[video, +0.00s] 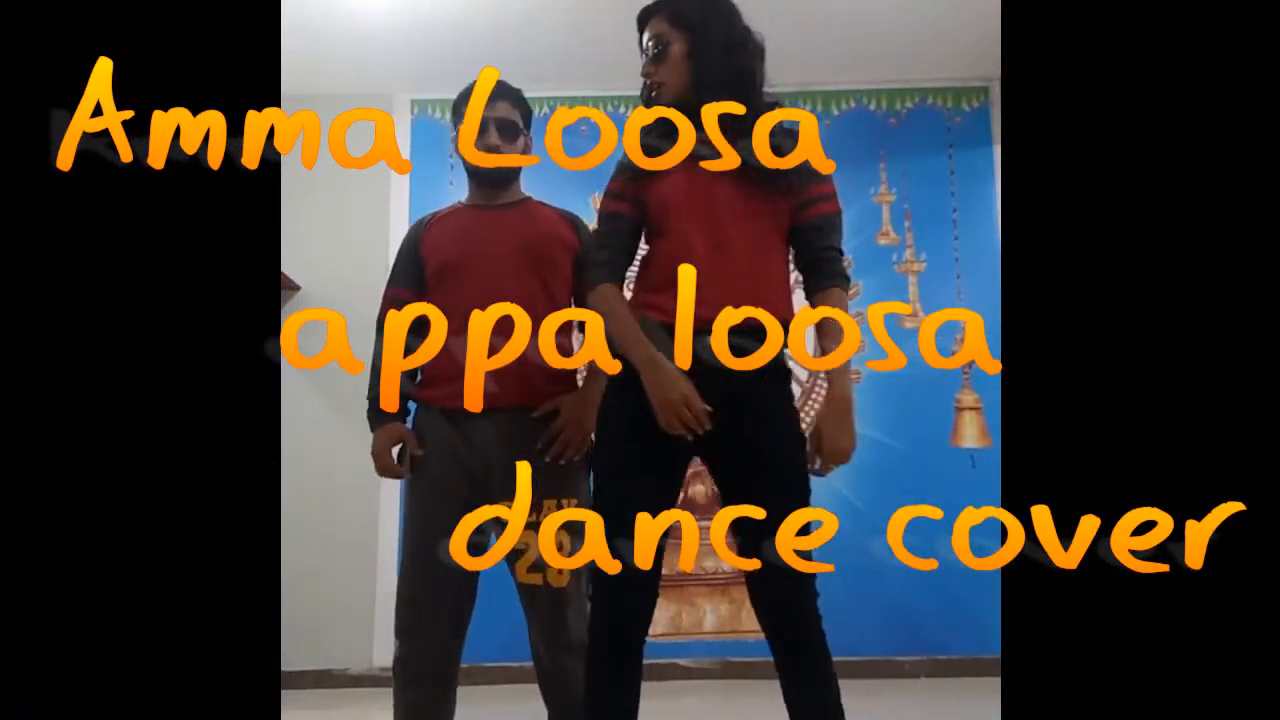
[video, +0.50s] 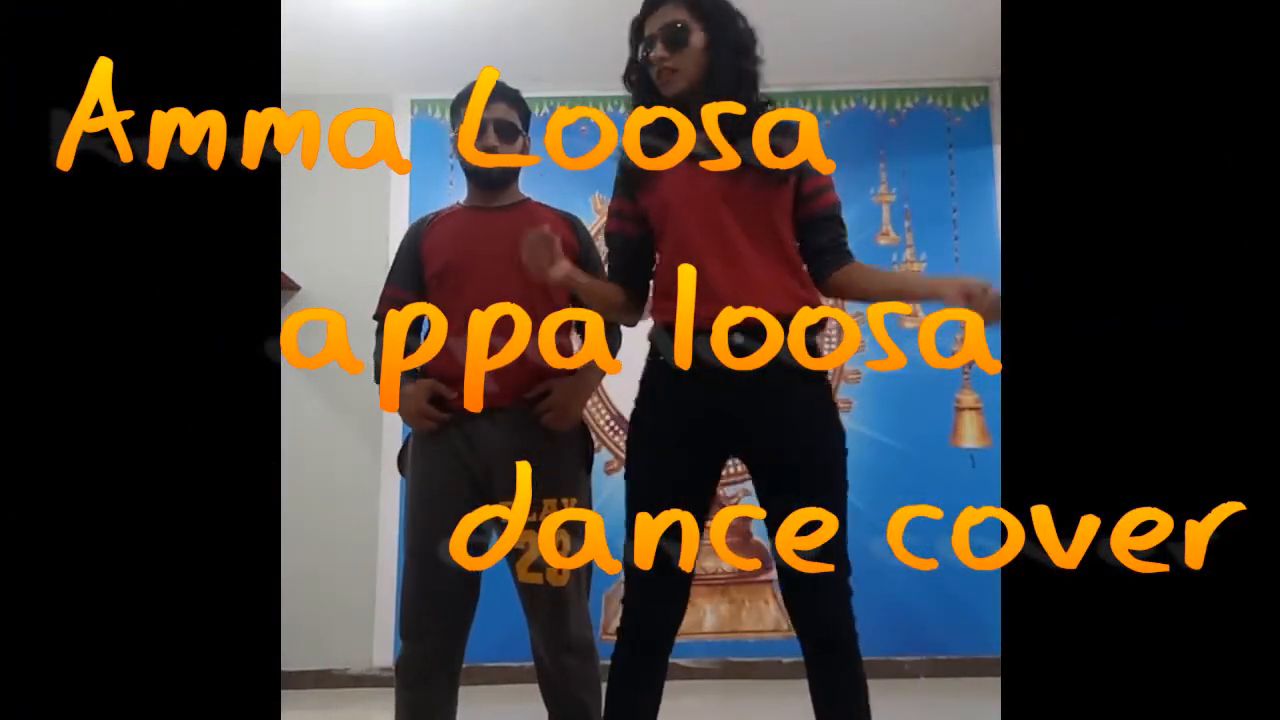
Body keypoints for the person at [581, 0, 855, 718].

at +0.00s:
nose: (646, 69)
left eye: (660, 50)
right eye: (645, 55)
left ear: (714, 51)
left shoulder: (784, 142)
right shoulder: (650, 146)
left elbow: (826, 272)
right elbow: (600, 269)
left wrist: (838, 395)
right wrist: (652, 368)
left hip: (754, 388)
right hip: (649, 382)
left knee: (787, 600)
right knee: (620, 599)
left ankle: (822, 719)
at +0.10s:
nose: (638, 73)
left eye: (651, 53)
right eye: (637, 58)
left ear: (705, 53)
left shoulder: (781, 147)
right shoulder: (641, 154)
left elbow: (827, 272)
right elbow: (591, 279)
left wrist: (862, 397)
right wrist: (619, 356)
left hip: (743, 387)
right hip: (637, 381)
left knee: (781, 600)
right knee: (619, 599)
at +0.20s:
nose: (636, 74)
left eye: (648, 54)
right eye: (634, 59)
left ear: (700, 50)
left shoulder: (778, 143)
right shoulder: (641, 152)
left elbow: (820, 271)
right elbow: (596, 272)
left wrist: (873, 384)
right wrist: (602, 340)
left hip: (741, 385)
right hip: (635, 381)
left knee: (786, 596)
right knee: (617, 598)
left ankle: (822, 717)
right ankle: (605, 718)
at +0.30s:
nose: (633, 66)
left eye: (649, 46)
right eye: (632, 51)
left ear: (705, 47)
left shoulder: (777, 140)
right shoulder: (635, 149)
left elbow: (816, 274)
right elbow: (607, 275)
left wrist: (893, 361)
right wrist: (587, 377)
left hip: (754, 387)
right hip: (646, 387)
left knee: (812, 593)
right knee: (627, 599)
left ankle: (837, 718)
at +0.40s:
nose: (635, 61)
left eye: (653, 42)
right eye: (634, 46)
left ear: (709, 47)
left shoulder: (778, 137)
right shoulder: (636, 148)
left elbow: (820, 272)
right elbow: (615, 285)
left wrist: (909, 347)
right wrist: (582, 301)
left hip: (765, 387)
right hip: (658, 388)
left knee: (818, 599)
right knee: (636, 602)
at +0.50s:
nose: (655, 56)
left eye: (673, 36)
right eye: (645, 46)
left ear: (721, 40)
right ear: (640, 65)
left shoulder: (782, 135)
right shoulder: (645, 148)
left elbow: (835, 271)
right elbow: (627, 301)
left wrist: (949, 289)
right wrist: (570, 276)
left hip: (787, 388)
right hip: (679, 389)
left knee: (821, 603)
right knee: (651, 604)